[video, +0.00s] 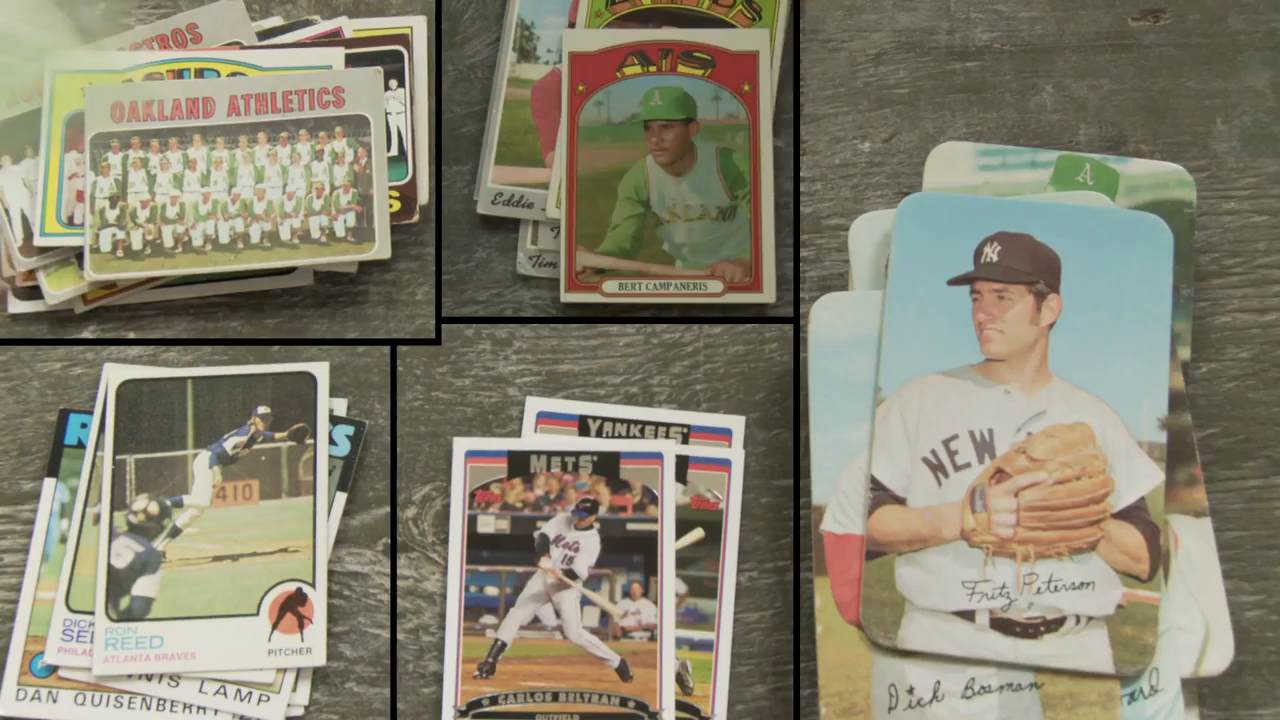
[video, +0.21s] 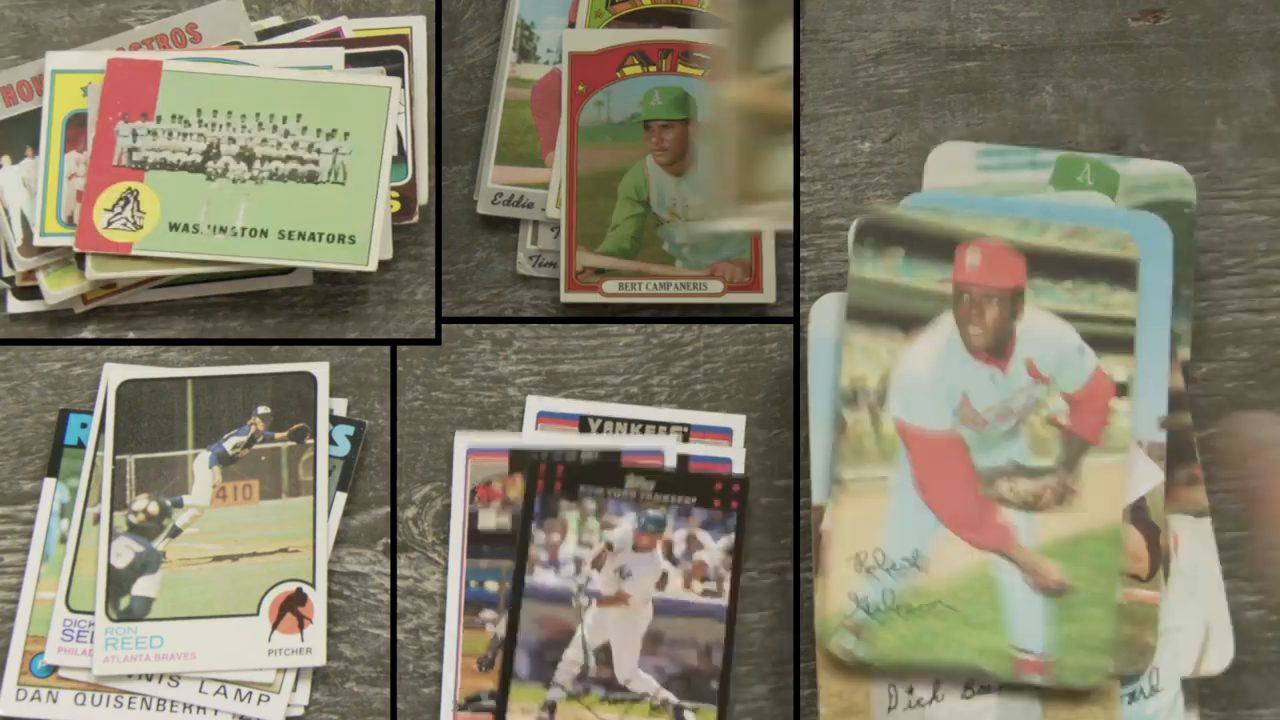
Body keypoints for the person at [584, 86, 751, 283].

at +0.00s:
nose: (655, 139)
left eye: (666, 128)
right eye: (649, 129)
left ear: (692, 129)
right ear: (644, 133)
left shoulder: (732, 165)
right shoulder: (638, 180)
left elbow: (771, 224)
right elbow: (623, 238)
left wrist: (745, 262)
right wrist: (594, 263)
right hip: (686, 275)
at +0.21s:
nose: (656, 140)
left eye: (666, 128)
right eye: (649, 130)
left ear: (691, 128)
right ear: (643, 133)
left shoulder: (725, 165)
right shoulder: (638, 180)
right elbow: (622, 241)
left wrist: (744, 262)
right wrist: (593, 262)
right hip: (686, 272)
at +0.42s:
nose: (637, 136)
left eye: (645, 129)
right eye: (630, 129)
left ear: (652, 130)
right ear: (616, 131)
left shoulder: (677, 153)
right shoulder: (598, 158)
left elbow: (700, 209)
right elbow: (582, 223)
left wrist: (694, 233)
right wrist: (600, 221)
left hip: (662, 204)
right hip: (616, 202)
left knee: (653, 274)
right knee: (584, 273)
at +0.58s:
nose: (638, 136)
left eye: (645, 129)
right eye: (630, 129)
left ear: (652, 130)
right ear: (616, 131)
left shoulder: (677, 153)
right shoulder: (598, 159)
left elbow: (700, 209)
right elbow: (583, 223)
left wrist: (695, 233)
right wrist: (600, 221)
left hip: (662, 204)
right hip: (616, 201)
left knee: (653, 274)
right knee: (584, 273)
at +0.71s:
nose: (686, 76)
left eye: (693, 66)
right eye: (675, 67)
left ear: (703, 67)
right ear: (657, 71)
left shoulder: (731, 101)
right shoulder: (635, 118)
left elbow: (767, 168)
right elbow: (637, 197)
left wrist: (768, 156)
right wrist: (642, 180)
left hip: (722, 207)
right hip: (665, 211)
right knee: (649, 270)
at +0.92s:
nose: (685, 76)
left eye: (692, 65)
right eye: (673, 66)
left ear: (701, 67)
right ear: (655, 70)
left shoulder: (728, 101)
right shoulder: (633, 117)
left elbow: (764, 167)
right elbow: (634, 196)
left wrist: (765, 158)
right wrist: (638, 179)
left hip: (720, 208)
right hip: (663, 212)